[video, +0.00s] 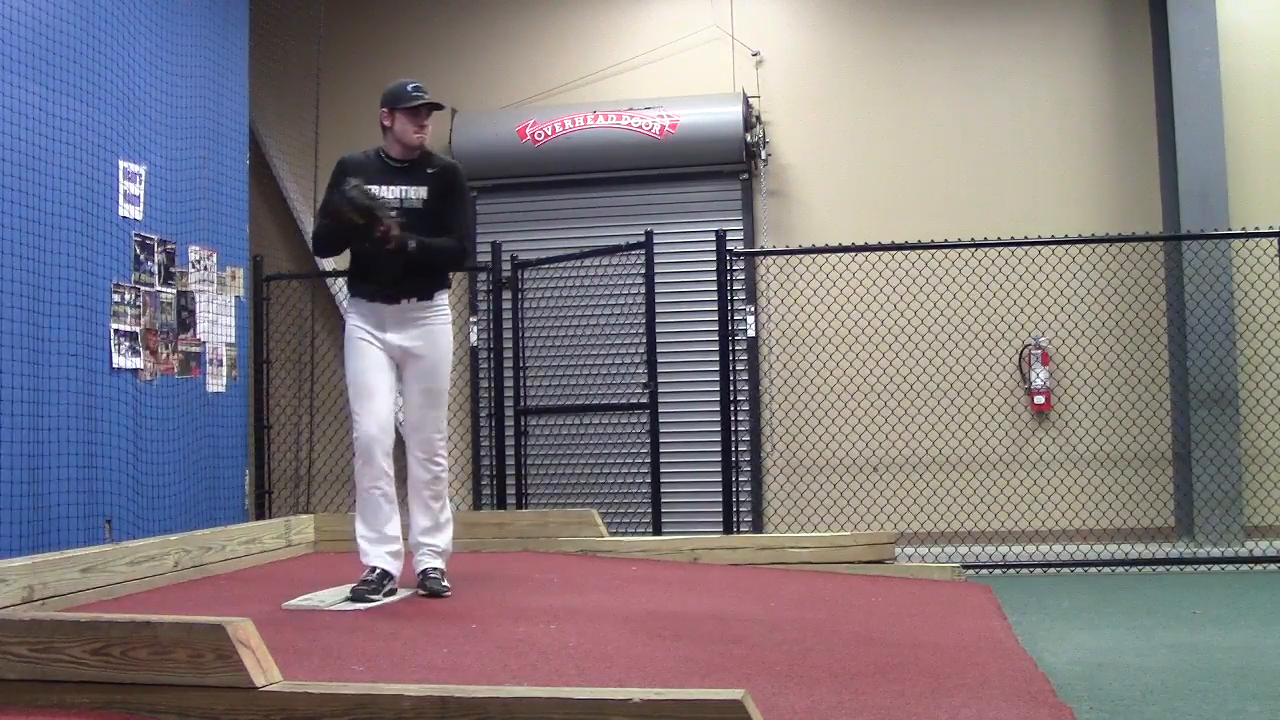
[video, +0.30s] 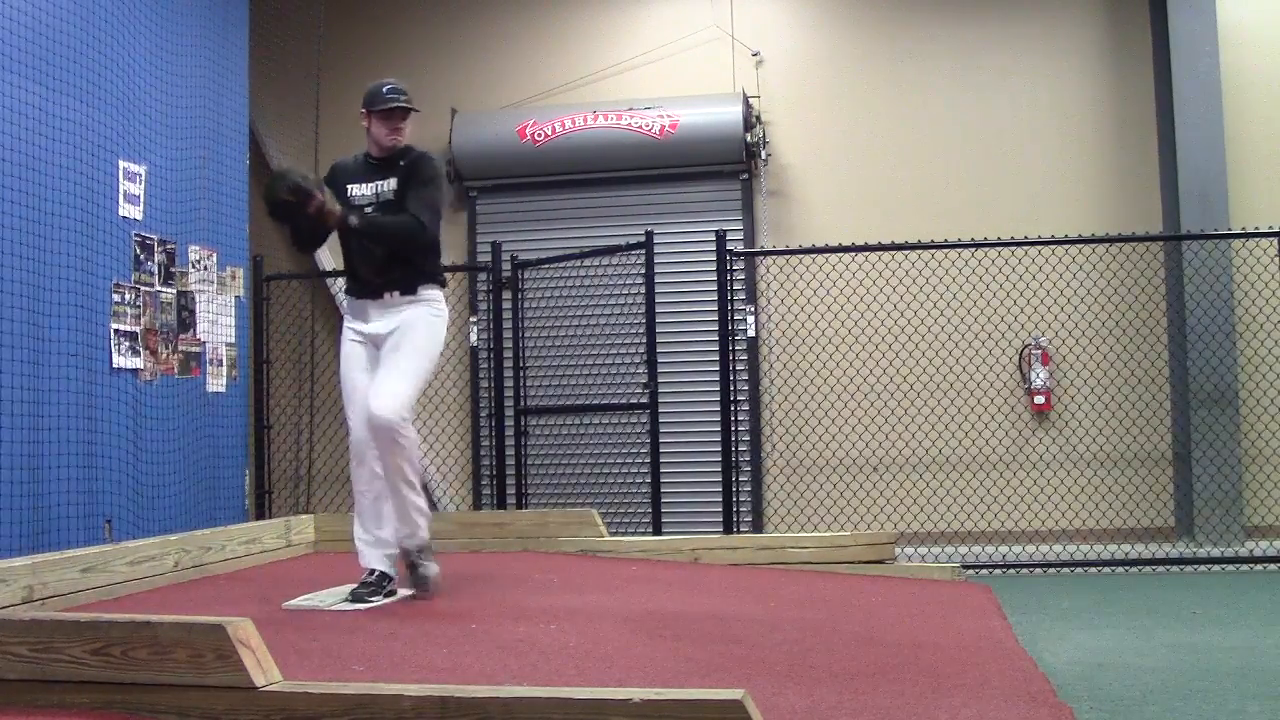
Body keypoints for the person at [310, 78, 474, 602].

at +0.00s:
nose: (423, 123)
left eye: (427, 115)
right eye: (414, 115)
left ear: (431, 121)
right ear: (386, 118)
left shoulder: (446, 174)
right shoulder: (352, 169)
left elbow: (462, 251)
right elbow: (323, 243)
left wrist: (405, 243)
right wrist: (355, 222)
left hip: (428, 321)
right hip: (367, 321)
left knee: (428, 443)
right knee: (371, 437)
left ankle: (432, 559)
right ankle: (381, 564)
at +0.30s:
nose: (395, 125)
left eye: (402, 116)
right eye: (385, 116)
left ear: (411, 121)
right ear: (365, 120)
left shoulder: (422, 166)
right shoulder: (341, 174)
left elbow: (421, 232)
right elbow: (308, 241)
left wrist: (345, 218)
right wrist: (297, 212)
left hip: (417, 311)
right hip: (360, 317)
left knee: (385, 410)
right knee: (361, 435)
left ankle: (415, 544)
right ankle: (379, 568)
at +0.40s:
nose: (391, 125)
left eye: (398, 117)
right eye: (381, 117)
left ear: (408, 121)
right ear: (362, 120)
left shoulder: (417, 163)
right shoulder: (340, 173)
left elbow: (413, 223)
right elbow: (296, 232)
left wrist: (338, 199)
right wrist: (303, 196)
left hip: (420, 298)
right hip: (365, 308)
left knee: (361, 362)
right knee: (368, 427)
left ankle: (379, 515)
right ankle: (381, 566)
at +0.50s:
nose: (385, 126)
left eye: (392, 117)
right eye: (375, 118)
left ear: (403, 120)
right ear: (357, 121)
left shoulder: (415, 159)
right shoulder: (341, 171)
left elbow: (408, 213)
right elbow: (287, 222)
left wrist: (335, 181)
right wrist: (298, 180)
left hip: (427, 294)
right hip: (369, 305)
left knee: (351, 297)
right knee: (369, 440)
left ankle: (351, 442)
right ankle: (380, 566)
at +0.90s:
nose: (395, 134)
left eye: (399, 125)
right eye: (384, 126)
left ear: (405, 128)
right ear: (357, 131)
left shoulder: (413, 168)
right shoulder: (338, 183)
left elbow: (427, 222)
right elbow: (281, 241)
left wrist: (352, 197)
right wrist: (309, 203)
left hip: (444, 305)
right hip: (387, 319)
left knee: (382, 364)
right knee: (364, 439)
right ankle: (375, 567)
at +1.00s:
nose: (395, 159)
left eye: (399, 150)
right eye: (384, 151)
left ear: (404, 153)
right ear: (357, 156)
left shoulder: (412, 195)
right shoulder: (340, 210)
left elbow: (437, 243)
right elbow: (293, 282)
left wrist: (364, 236)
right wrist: (317, 245)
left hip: (454, 331)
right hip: (397, 344)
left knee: (402, 401)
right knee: (363, 444)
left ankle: (403, 544)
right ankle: (376, 566)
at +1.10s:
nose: (396, 181)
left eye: (400, 173)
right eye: (385, 174)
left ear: (406, 177)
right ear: (359, 180)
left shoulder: (415, 216)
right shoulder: (341, 241)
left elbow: (458, 257)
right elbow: (322, 315)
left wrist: (404, 279)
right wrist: (352, 289)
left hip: (467, 350)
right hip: (406, 364)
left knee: (434, 424)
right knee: (378, 455)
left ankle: (454, 571)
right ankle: (382, 573)